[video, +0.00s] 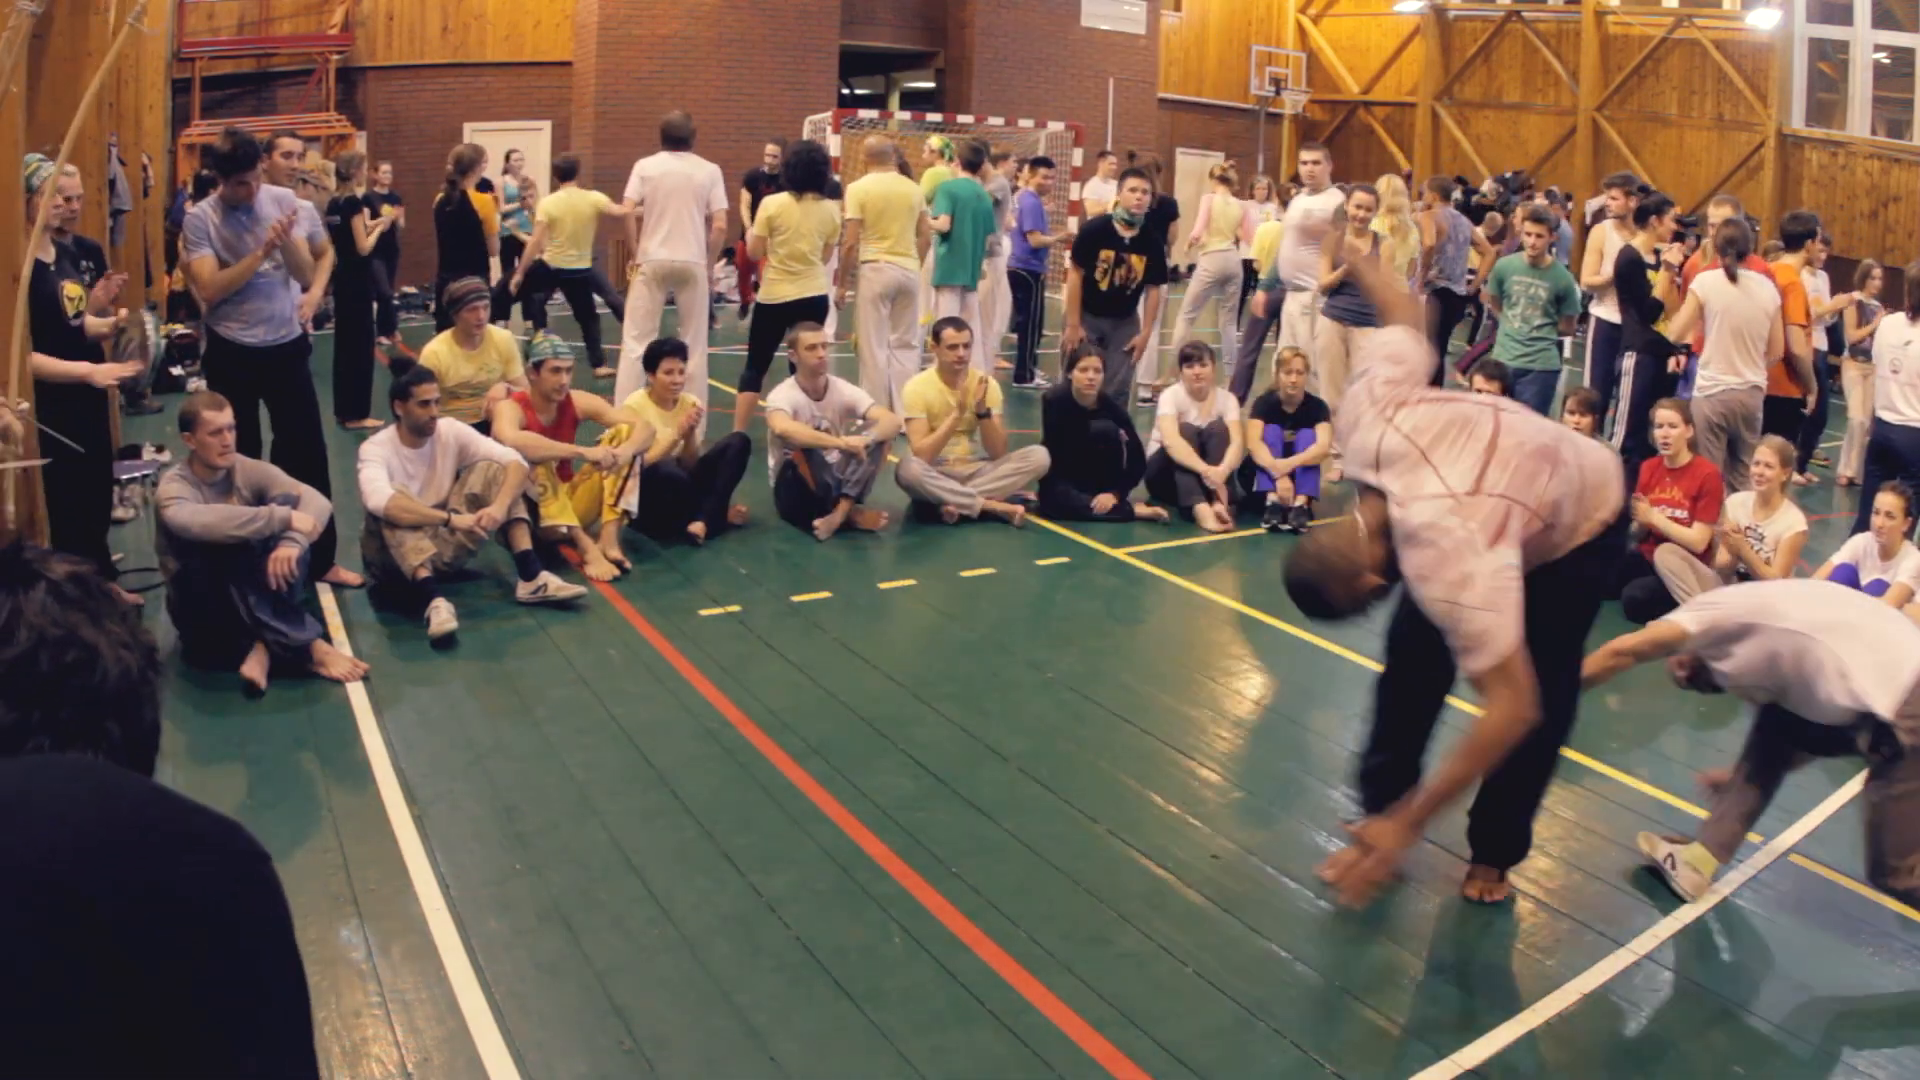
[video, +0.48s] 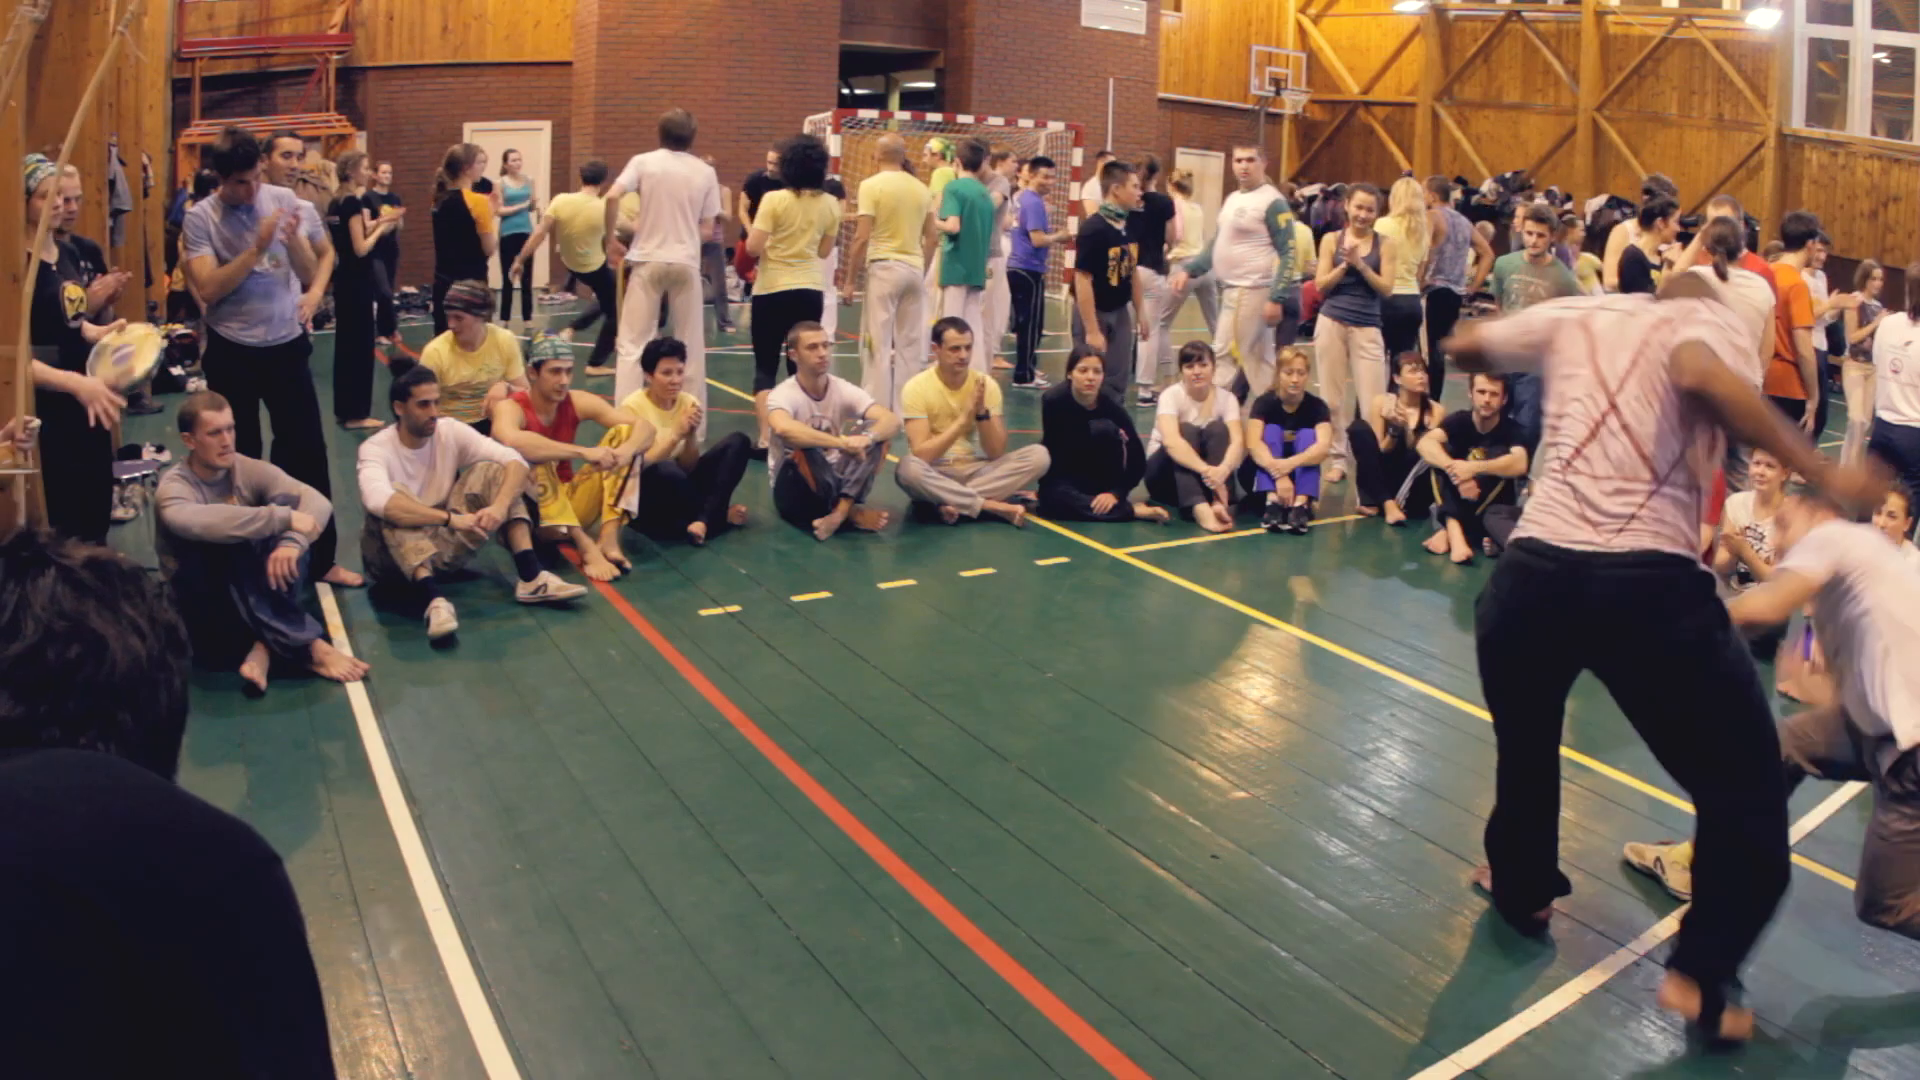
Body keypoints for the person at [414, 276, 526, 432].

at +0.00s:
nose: (481, 316)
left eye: (485, 308)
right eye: (472, 310)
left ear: (490, 309)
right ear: (455, 314)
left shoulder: (503, 339)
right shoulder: (434, 352)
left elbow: (524, 389)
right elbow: (419, 400)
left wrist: (504, 387)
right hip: (450, 428)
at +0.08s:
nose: (481, 316)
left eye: (485, 308)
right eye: (472, 310)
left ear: (489, 309)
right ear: (455, 314)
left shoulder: (503, 339)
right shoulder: (434, 352)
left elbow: (524, 389)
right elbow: (420, 400)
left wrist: (504, 387)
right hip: (449, 427)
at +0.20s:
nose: (480, 316)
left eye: (484, 308)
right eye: (471, 310)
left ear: (488, 309)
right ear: (454, 313)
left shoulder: (503, 339)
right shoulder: (434, 351)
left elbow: (524, 389)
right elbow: (420, 400)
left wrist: (505, 387)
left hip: (494, 423)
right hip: (449, 428)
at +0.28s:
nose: (480, 317)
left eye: (484, 309)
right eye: (471, 311)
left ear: (488, 309)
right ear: (454, 314)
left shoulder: (503, 339)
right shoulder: (434, 352)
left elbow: (524, 389)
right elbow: (420, 400)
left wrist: (505, 387)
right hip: (449, 427)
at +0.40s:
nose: (463, 322)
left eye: (469, 313)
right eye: (456, 315)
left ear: (485, 313)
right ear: (451, 317)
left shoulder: (504, 340)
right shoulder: (435, 352)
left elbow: (525, 390)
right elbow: (422, 401)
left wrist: (505, 387)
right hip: (449, 428)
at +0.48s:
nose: (451, 325)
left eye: (458, 318)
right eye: (449, 317)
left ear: (480, 316)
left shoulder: (505, 340)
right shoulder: (435, 351)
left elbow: (525, 390)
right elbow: (423, 402)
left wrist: (505, 386)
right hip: (449, 427)